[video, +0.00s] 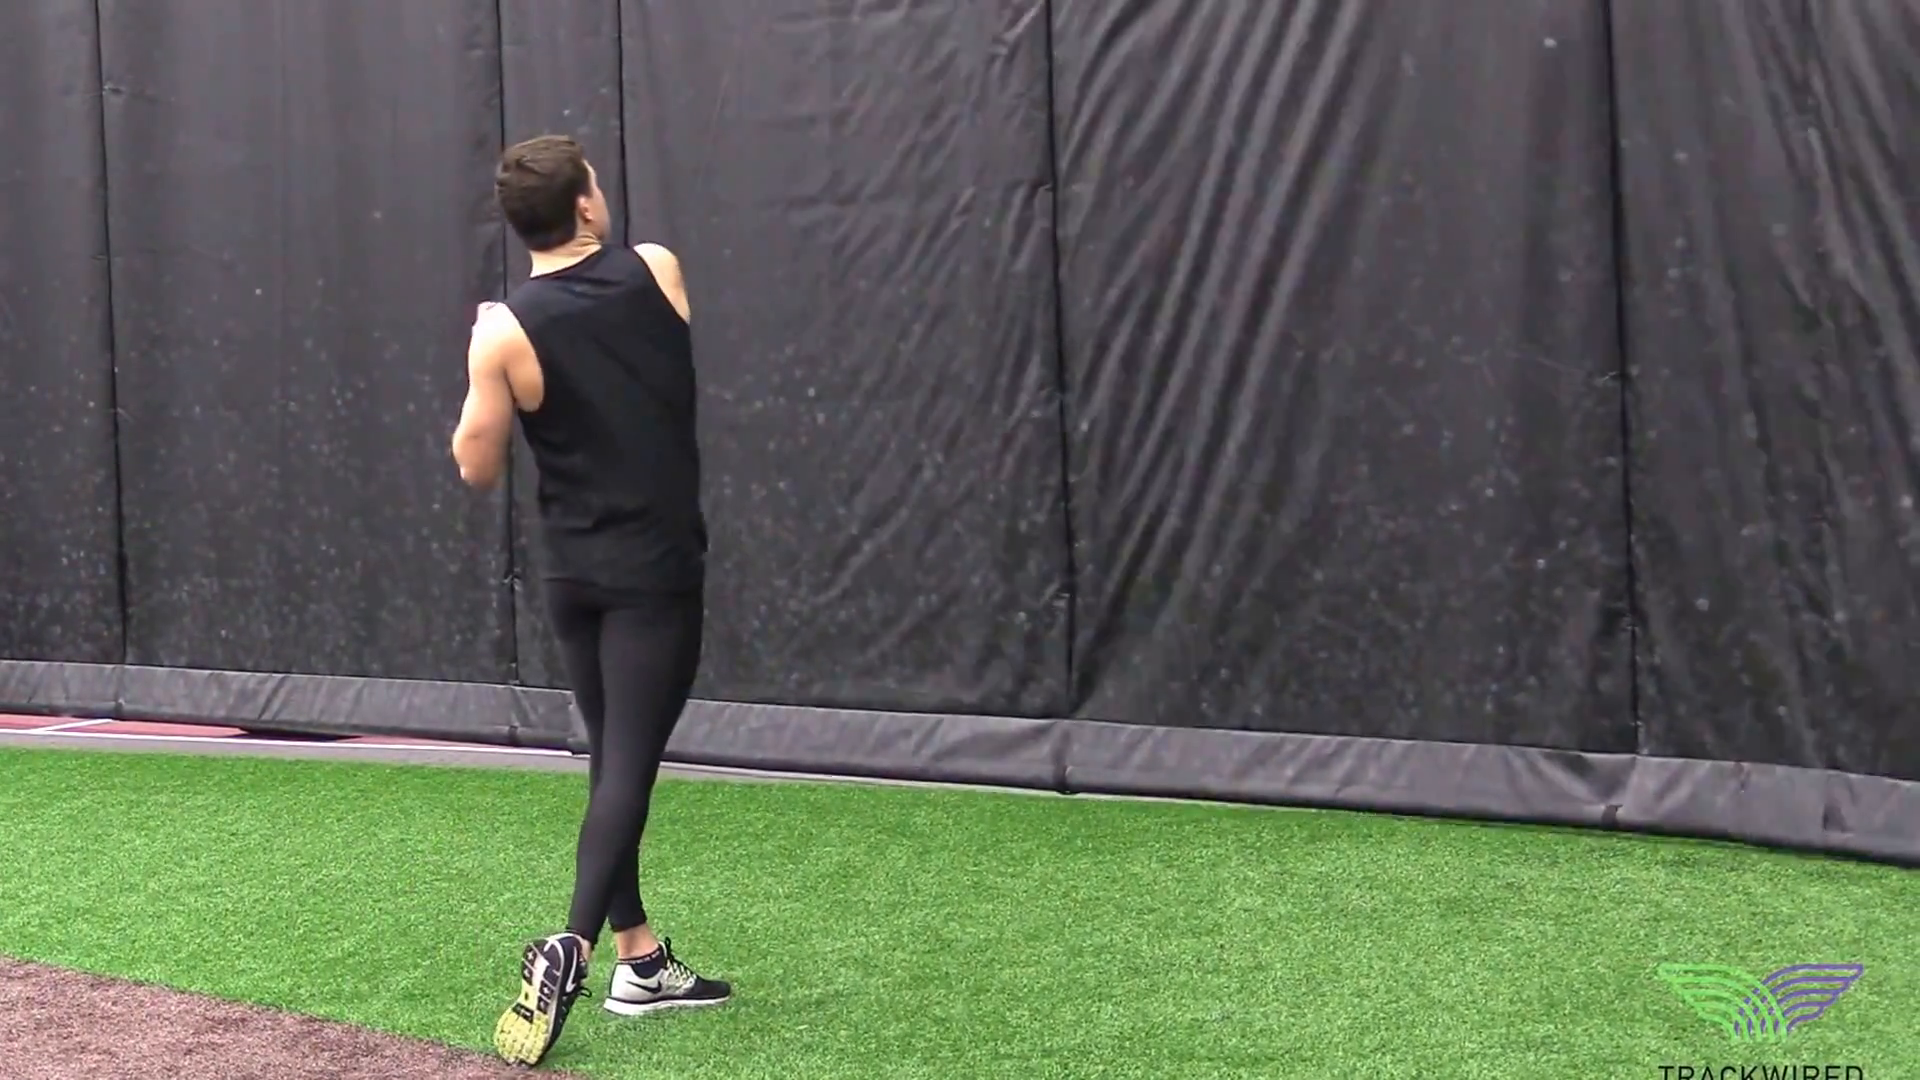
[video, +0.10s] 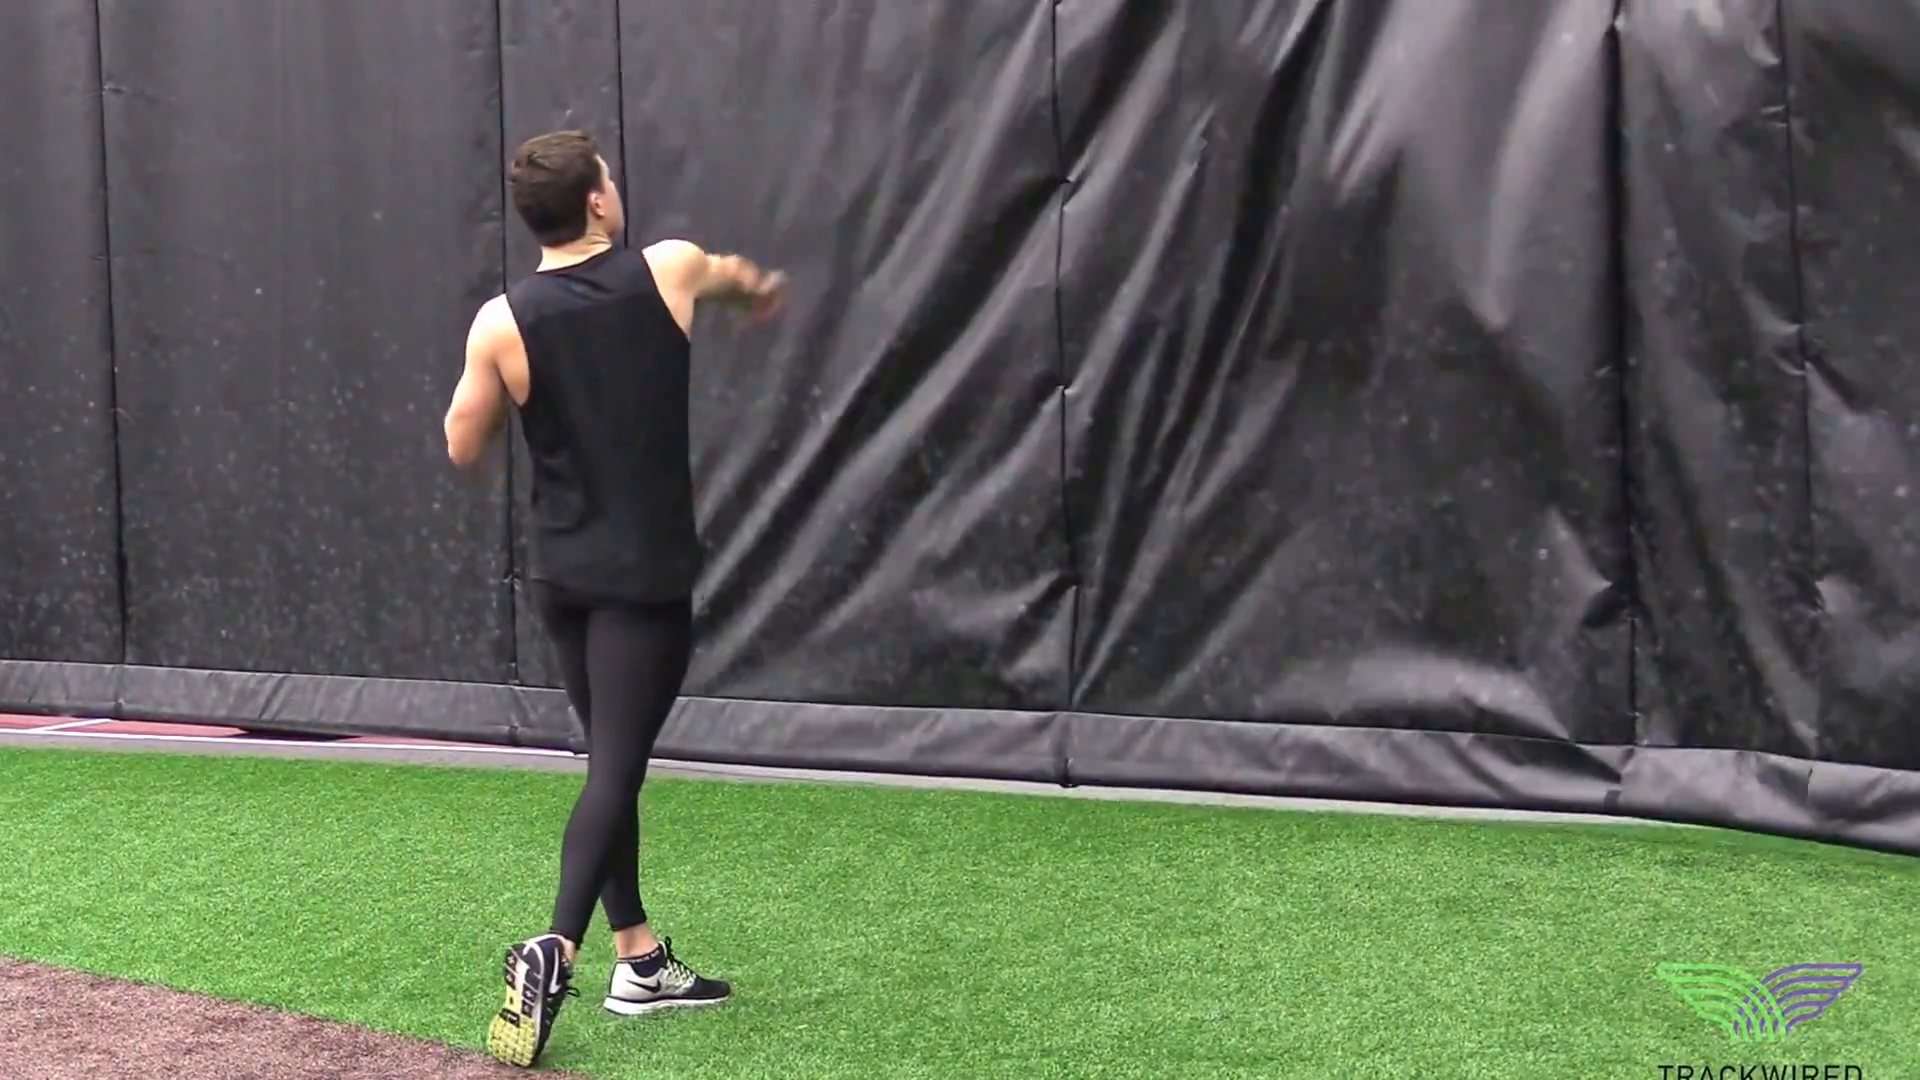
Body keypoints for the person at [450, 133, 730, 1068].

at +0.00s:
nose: (603, 186)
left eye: (590, 179)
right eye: (596, 181)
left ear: (517, 225)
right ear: (586, 206)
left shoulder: (504, 329)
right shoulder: (656, 270)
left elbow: (477, 466)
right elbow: (657, 363)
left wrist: (485, 378)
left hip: (569, 563)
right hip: (658, 559)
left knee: (611, 762)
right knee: (628, 766)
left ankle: (641, 959)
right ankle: (571, 948)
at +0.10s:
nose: (615, 186)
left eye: (605, 176)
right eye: (610, 178)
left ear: (531, 219)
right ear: (598, 203)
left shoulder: (500, 322)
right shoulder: (671, 268)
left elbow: (464, 450)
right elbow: (737, 281)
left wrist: (496, 382)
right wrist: (758, 291)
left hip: (562, 567)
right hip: (650, 565)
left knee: (611, 762)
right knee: (614, 766)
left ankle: (639, 959)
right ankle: (557, 948)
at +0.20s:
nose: (626, 186)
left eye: (615, 174)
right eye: (618, 177)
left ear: (542, 214)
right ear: (602, 200)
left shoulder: (501, 316)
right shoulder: (670, 266)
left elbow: (462, 427)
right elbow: (779, 240)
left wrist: (511, 362)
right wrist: (846, 213)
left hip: (553, 568)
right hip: (636, 565)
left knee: (606, 757)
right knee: (603, 762)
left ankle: (638, 958)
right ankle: (543, 949)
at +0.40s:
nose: (629, 195)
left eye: (621, 180)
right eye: (622, 184)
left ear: (541, 213)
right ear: (604, 204)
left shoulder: (499, 312)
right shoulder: (656, 280)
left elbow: (482, 425)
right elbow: (796, 258)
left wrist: (524, 355)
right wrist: (910, 229)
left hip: (549, 565)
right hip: (630, 563)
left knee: (602, 760)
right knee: (604, 762)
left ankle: (634, 960)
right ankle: (534, 948)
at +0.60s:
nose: (634, 216)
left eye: (630, 199)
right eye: (629, 201)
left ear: (551, 209)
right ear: (602, 207)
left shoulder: (496, 312)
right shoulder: (644, 283)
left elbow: (493, 428)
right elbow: (790, 259)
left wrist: (542, 359)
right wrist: (908, 229)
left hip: (555, 571)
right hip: (631, 567)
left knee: (604, 766)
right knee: (611, 769)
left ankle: (634, 960)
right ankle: (546, 951)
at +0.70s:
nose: (636, 220)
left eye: (634, 204)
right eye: (633, 206)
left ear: (554, 210)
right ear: (605, 209)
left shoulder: (495, 313)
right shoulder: (643, 283)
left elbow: (494, 433)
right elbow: (788, 253)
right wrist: (903, 219)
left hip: (552, 570)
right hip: (631, 566)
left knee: (602, 767)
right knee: (612, 770)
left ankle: (634, 960)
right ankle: (547, 951)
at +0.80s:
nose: (639, 221)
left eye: (637, 205)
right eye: (635, 206)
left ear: (556, 210)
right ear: (607, 208)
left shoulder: (495, 315)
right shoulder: (645, 282)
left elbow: (496, 434)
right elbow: (788, 250)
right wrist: (901, 213)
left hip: (553, 572)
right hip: (632, 567)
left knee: (601, 769)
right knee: (612, 772)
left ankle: (634, 961)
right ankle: (545, 951)